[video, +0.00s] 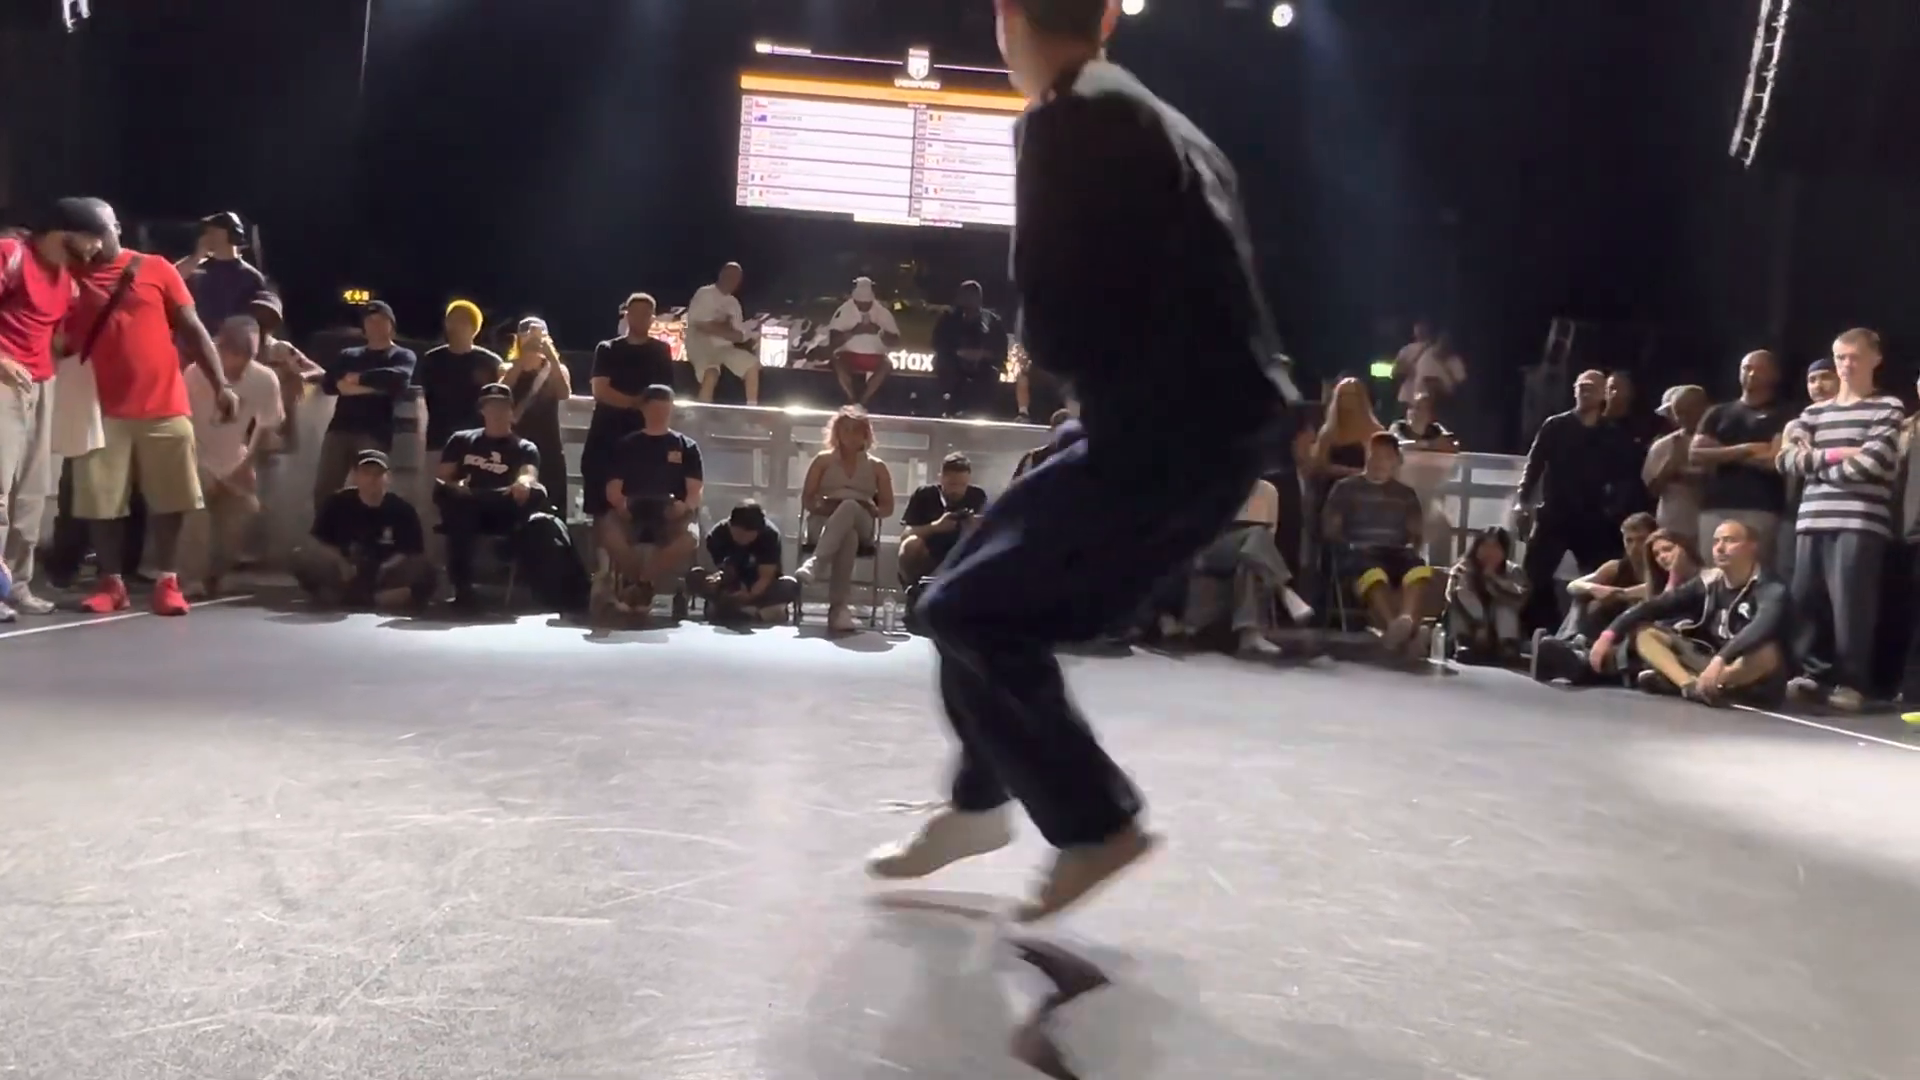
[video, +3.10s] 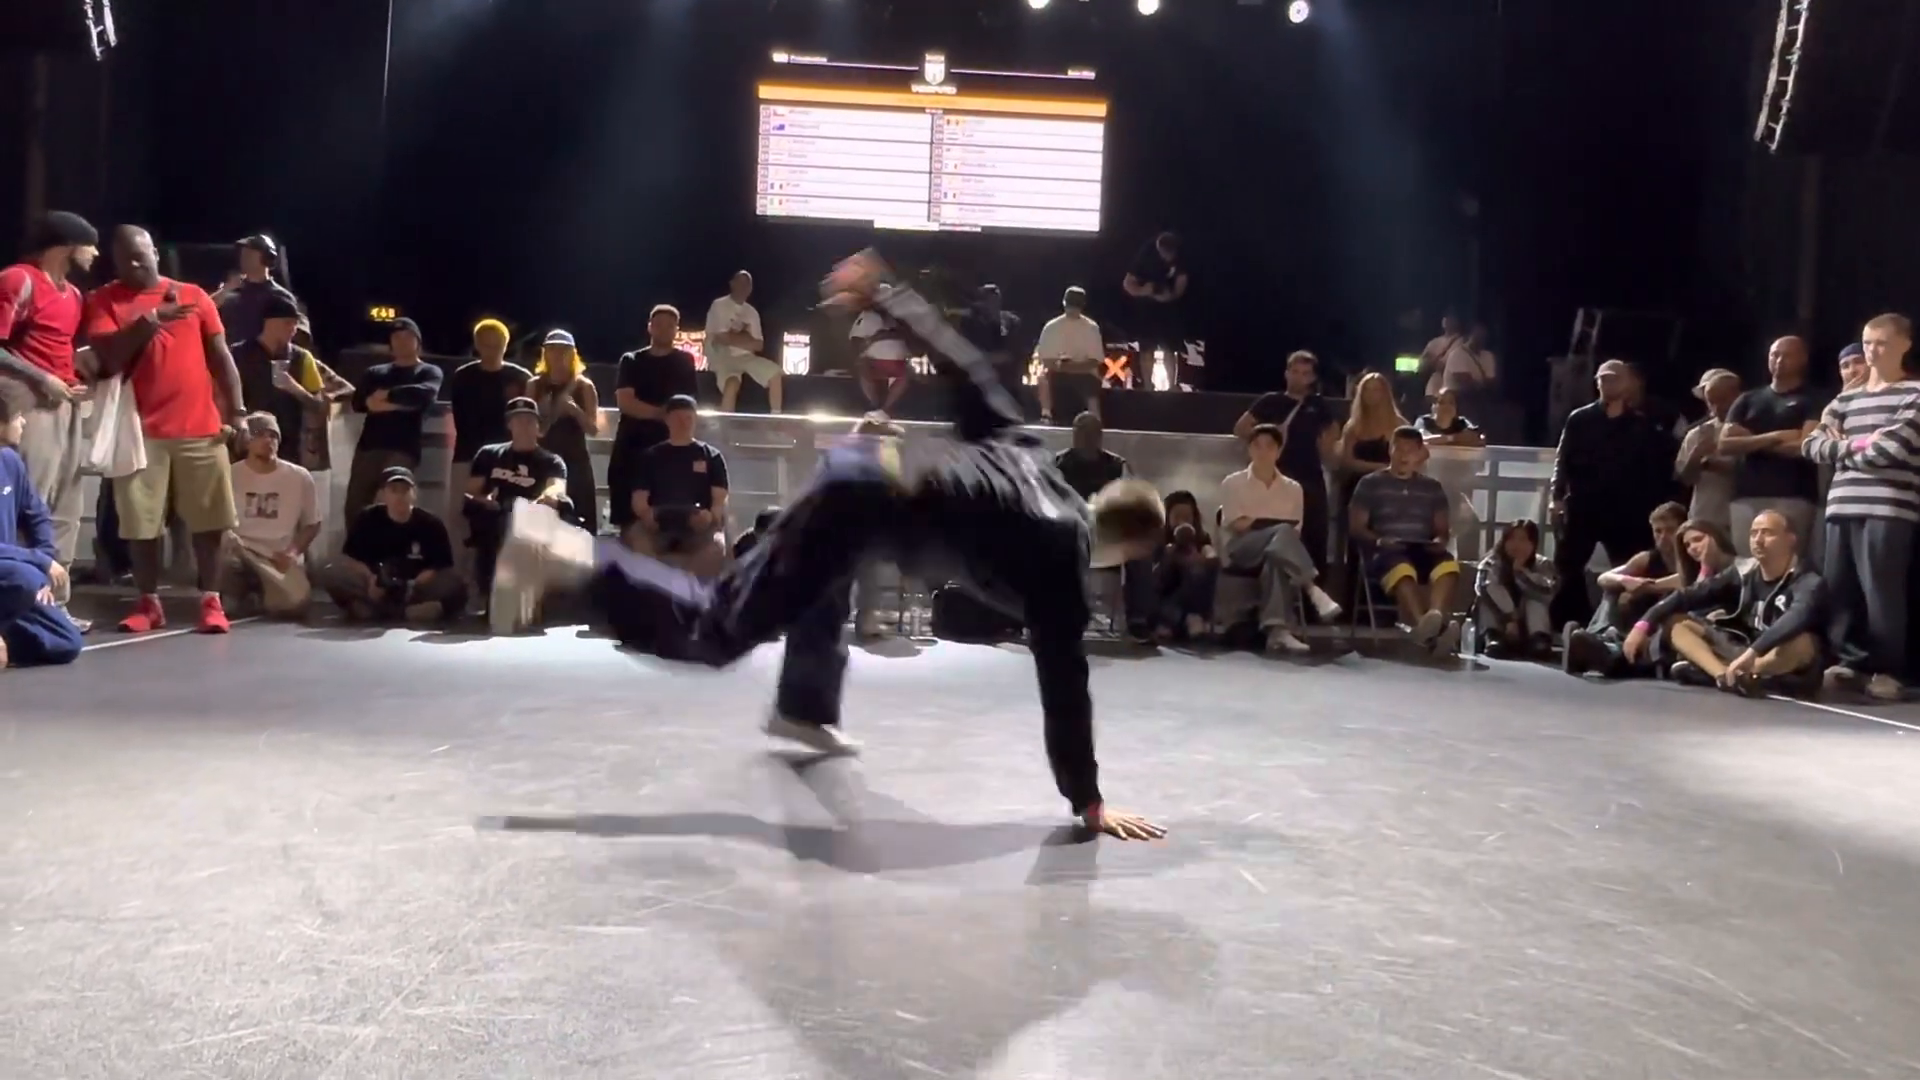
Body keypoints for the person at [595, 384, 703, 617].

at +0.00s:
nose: (659, 412)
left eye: (664, 407)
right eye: (654, 406)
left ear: (671, 409)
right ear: (644, 409)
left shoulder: (687, 447)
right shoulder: (625, 445)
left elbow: (695, 494)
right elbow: (613, 489)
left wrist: (679, 508)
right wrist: (628, 510)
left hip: (670, 509)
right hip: (633, 508)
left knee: (689, 537)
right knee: (608, 527)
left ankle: (642, 581)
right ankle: (639, 584)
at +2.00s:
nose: (670, 433)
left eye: (675, 428)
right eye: (665, 428)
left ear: (682, 430)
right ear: (654, 430)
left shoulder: (698, 467)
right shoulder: (637, 467)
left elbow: (707, 509)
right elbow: (626, 509)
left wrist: (698, 527)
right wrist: (635, 528)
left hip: (683, 528)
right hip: (647, 528)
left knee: (703, 557)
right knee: (623, 552)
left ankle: (655, 607)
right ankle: (659, 606)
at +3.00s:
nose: (682, 422)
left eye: (687, 417)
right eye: (677, 417)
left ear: (694, 421)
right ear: (666, 420)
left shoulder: (709, 456)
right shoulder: (649, 456)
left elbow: (718, 499)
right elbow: (637, 499)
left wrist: (708, 517)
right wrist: (648, 517)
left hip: (694, 519)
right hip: (659, 518)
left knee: (714, 550)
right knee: (637, 544)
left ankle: (670, 598)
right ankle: (665, 596)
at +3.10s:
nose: (683, 422)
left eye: (688, 417)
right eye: (677, 417)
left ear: (695, 420)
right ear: (667, 419)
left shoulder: (711, 456)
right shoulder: (650, 456)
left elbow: (719, 501)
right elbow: (639, 498)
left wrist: (709, 517)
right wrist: (648, 516)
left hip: (695, 519)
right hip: (660, 519)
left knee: (716, 546)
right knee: (638, 536)